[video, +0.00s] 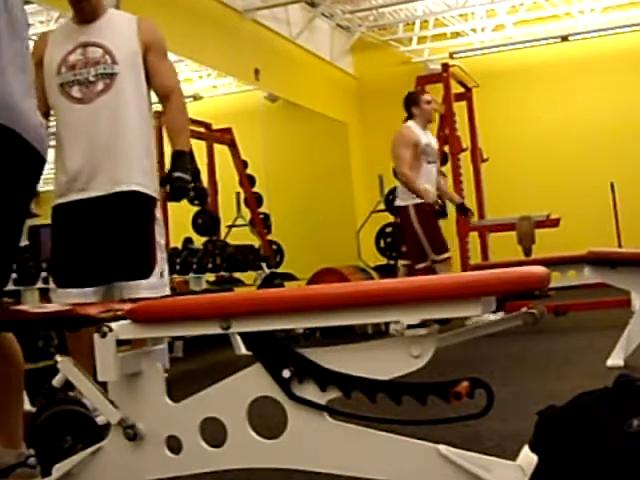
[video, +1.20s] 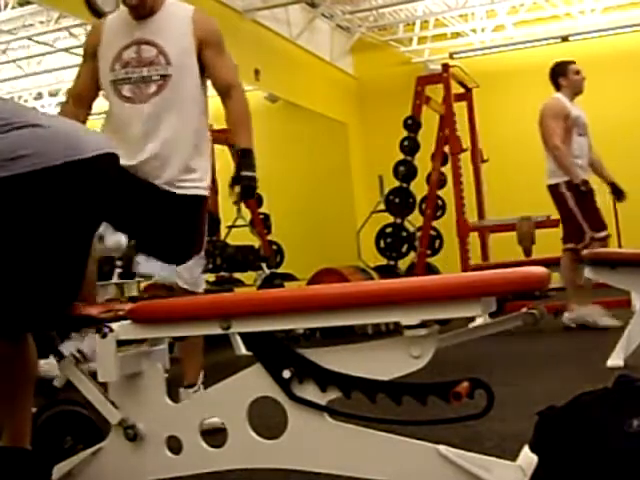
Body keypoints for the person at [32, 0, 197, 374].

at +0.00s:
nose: (80, 1)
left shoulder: (140, 32)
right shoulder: (46, 47)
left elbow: (171, 97)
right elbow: (36, 115)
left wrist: (183, 160)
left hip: (132, 183)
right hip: (73, 191)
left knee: (141, 302)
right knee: (76, 309)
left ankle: (146, 399)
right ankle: (85, 401)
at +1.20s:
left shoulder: (197, 26)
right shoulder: (101, 33)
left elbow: (232, 92)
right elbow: (77, 104)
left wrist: (246, 167)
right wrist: (53, 160)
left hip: (183, 185)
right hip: (118, 182)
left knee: (183, 298)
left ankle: (189, 395)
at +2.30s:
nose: (195, 22)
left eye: (203, 15)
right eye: (191, 11)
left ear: (210, 11)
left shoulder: (212, 40)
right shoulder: (115, 29)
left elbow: (226, 108)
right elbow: (93, 108)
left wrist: (242, 166)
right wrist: (116, 185)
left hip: (195, 189)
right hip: (130, 194)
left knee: (223, 286)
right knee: (132, 308)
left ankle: (232, 388)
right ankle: (138, 401)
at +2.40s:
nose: (204, 33)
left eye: (215, 26)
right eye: (200, 21)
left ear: (225, 20)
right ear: (182, 2)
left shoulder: (222, 48)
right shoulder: (126, 34)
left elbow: (230, 114)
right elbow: (106, 116)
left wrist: (239, 169)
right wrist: (122, 197)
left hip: (195, 197)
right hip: (131, 198)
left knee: (224, 306)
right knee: (128, 318)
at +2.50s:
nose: (227, 61)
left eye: (236, 54)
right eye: (224, 49)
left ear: (248, 47)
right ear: (207, 23)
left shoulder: (245, 72)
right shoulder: (151, 54)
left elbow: (247, 135)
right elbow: (128, 138)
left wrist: (241, 196)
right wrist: (133, 222)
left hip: (205, 203)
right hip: (145, 203)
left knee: (229, 312)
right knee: (137, 323)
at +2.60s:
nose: (238, 86)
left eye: (248, 80)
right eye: (235, 75)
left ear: (259, 72)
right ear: (218, 52)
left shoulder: (257, 89)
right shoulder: (161, 76)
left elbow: (259, 153)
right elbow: (138, 167)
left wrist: (247, 212)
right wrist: (144, 250)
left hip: (209, 196)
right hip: (150, 193)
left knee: (229, 302)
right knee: (146, 306)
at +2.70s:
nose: (247, 137)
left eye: (257, 133)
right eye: (245, 128)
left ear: (269, 120)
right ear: (232, 101)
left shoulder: (264, 120)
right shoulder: (168, 120)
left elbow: (264, 178)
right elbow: (149, 210)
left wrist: (250, 236)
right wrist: (153, 292)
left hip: (210, 209)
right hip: (159, 211)